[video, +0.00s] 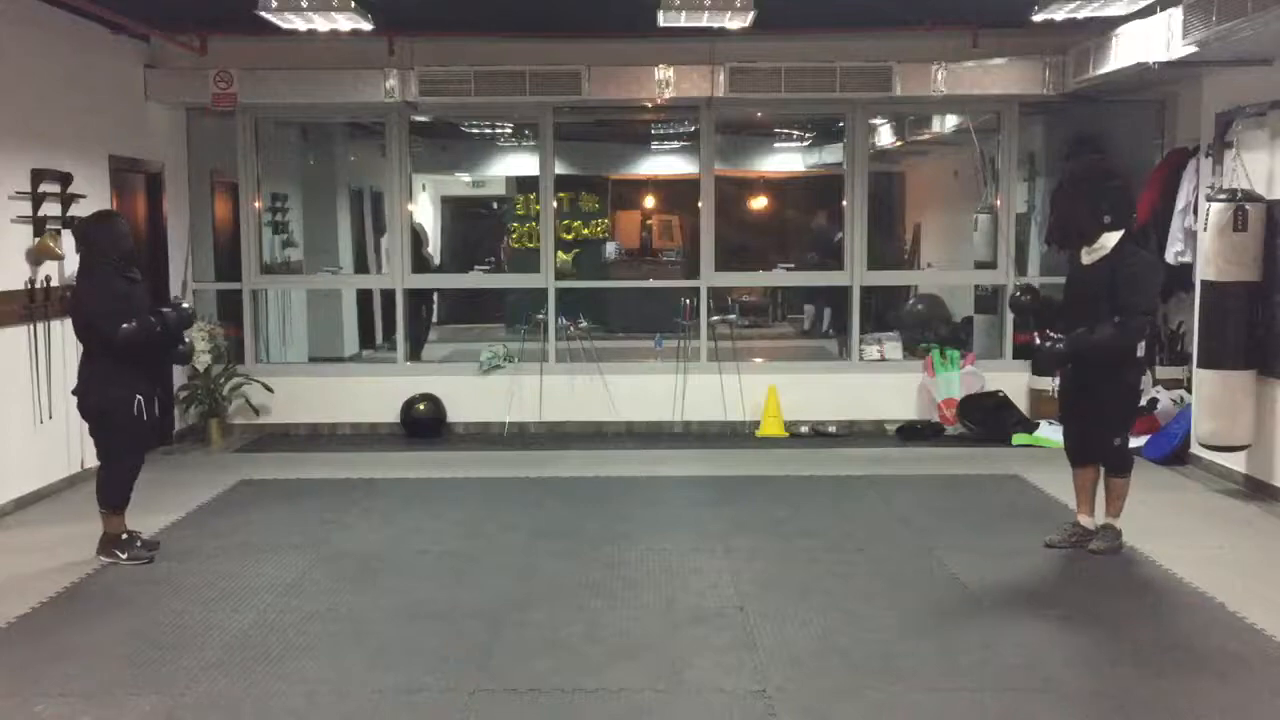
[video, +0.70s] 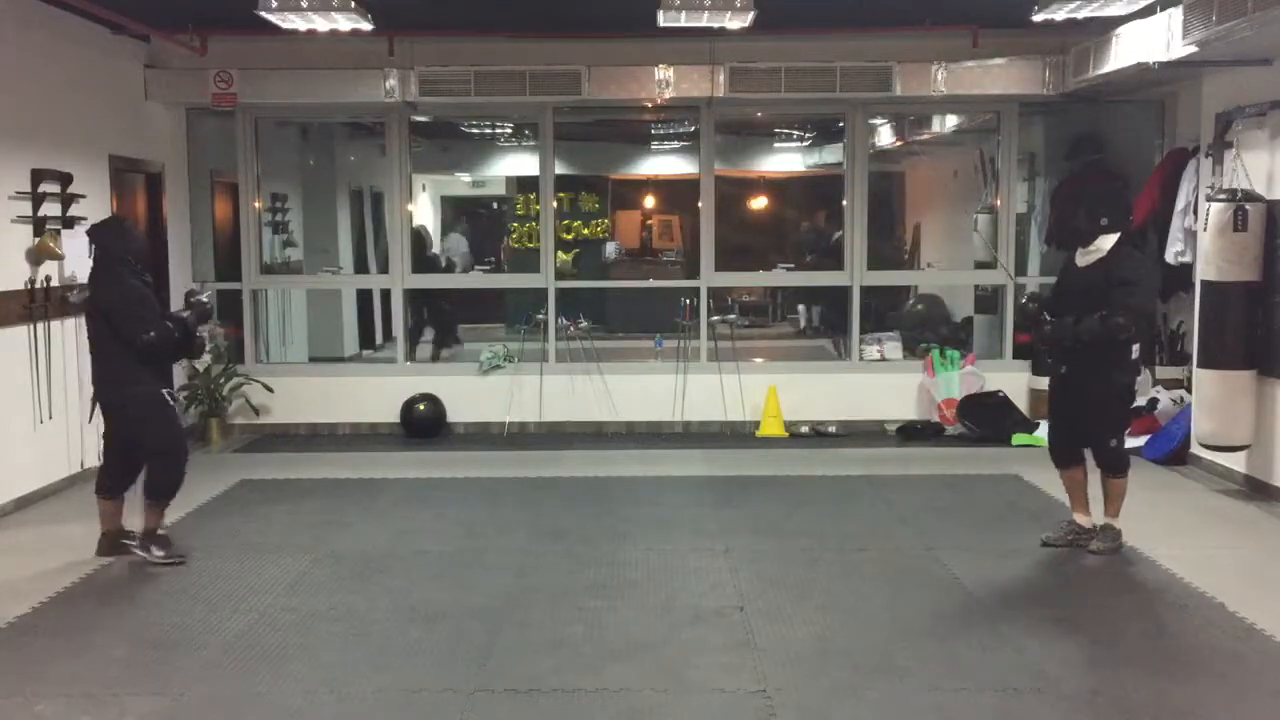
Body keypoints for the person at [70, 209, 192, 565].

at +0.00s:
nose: (129, 241)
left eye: (127, 235)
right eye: (121, 236)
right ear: (103, 243)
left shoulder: (121, 278)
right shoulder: (95, 284)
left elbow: (136, 325)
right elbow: (116, 336)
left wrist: (169, 341)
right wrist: (164, 321)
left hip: (129, 385)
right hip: (110, 388)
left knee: (127, 459)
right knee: (118, 459)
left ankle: (118, 533)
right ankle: (111, 539)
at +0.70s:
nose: (143, 242)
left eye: (139, 236)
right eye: (136, 238)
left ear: (105, 248)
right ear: (123, 246)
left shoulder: (105, 282)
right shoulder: (124, 284)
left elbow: (139, 334)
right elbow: (150, 340)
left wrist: (178, 324)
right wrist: (189, 319)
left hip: (115, 387)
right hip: (139, 387)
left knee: (121, 456)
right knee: (170, 452)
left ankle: (112, 534)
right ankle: (151, 535)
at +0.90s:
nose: (171, 247)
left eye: (167, 240)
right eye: (164, 241)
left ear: (130, 252)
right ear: (151, 251)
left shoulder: (122, 287)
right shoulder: (150, 290)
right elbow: (170, 348)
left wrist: (197, 341)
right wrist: (207, 327)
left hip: (131, 392)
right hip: (154, 394)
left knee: (124, 461)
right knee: (182, 459)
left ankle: (112, 534)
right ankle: (219, 535)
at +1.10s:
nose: (203, 257)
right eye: (199, 250)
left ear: (157, 254)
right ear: (193, 255)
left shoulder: (142, 287)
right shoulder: (187, 297)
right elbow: (209, 356)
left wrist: (224, 331)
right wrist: (237, 338)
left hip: (148, 395)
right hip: (186, 399)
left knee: (151, 459)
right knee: (206, 465)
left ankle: (119, 533)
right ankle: (228, 545)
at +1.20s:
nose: (218, 249)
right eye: (213, 243)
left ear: (175, 249)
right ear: (205, 248)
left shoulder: (163, 283)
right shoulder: (200, 289)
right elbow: (221, 349)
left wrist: (238, 335)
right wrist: (257, 331)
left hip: (168, 386)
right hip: (199, 391)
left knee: (171, 454)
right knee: (213, 461)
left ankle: (131, 526)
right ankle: (228, 545)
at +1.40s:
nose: (251, 251)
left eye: (248, 243)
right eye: (247, 244)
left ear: (206, 246)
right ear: (240, 248)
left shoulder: (187, 288)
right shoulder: (230, 289)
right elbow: (257, 347)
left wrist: (278, 327)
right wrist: (288, 323)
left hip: (193, 389)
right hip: (224, 393)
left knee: (206, 456)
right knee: (230, 461)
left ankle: (191, 533)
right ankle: (232, 546)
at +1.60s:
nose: (269, 247)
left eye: (266, 240)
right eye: (264, 240)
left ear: (224, 246)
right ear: (252, 246)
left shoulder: (208, 289)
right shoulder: (247, 289)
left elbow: (255, 333)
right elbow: (278, 342)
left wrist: (300, 317)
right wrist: (310, 319)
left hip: (213, 390)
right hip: (245, 392)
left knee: (231, 456)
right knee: (272, 452)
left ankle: (227, 539)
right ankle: (243, 538)